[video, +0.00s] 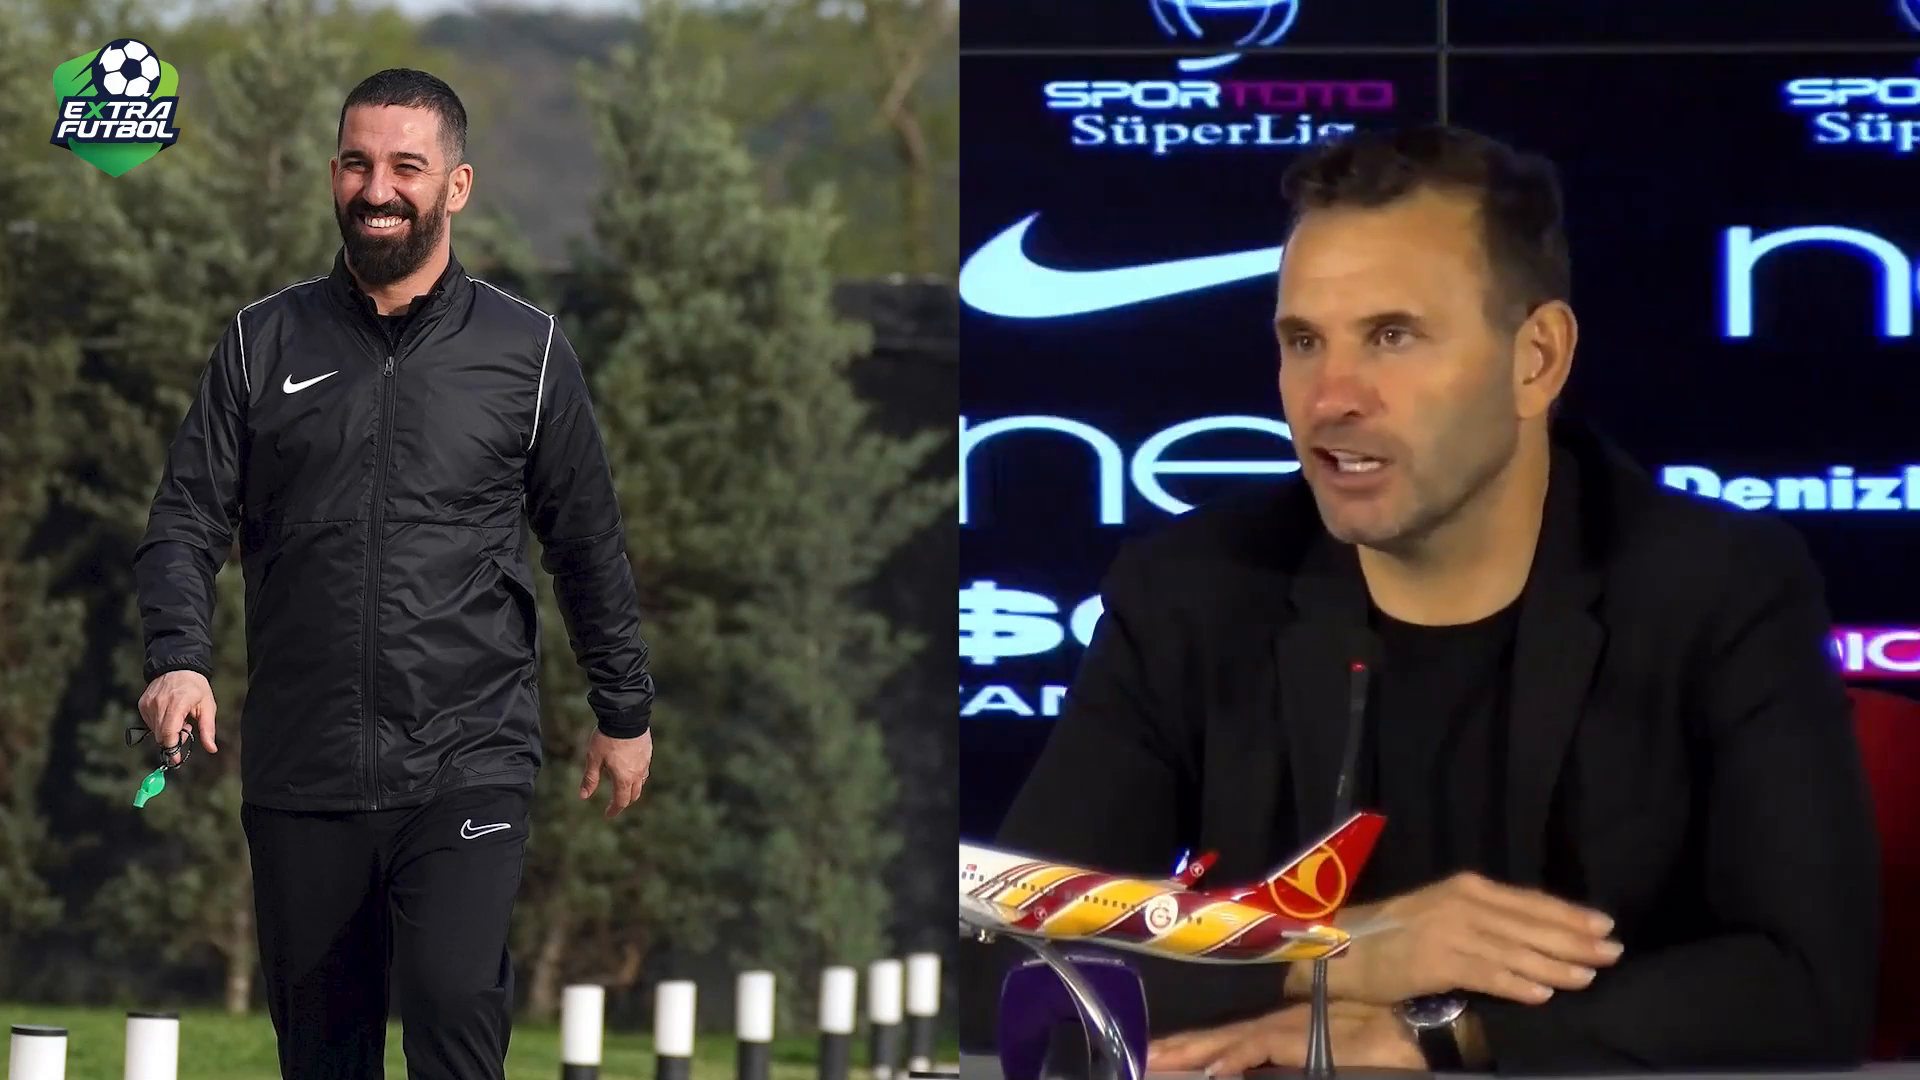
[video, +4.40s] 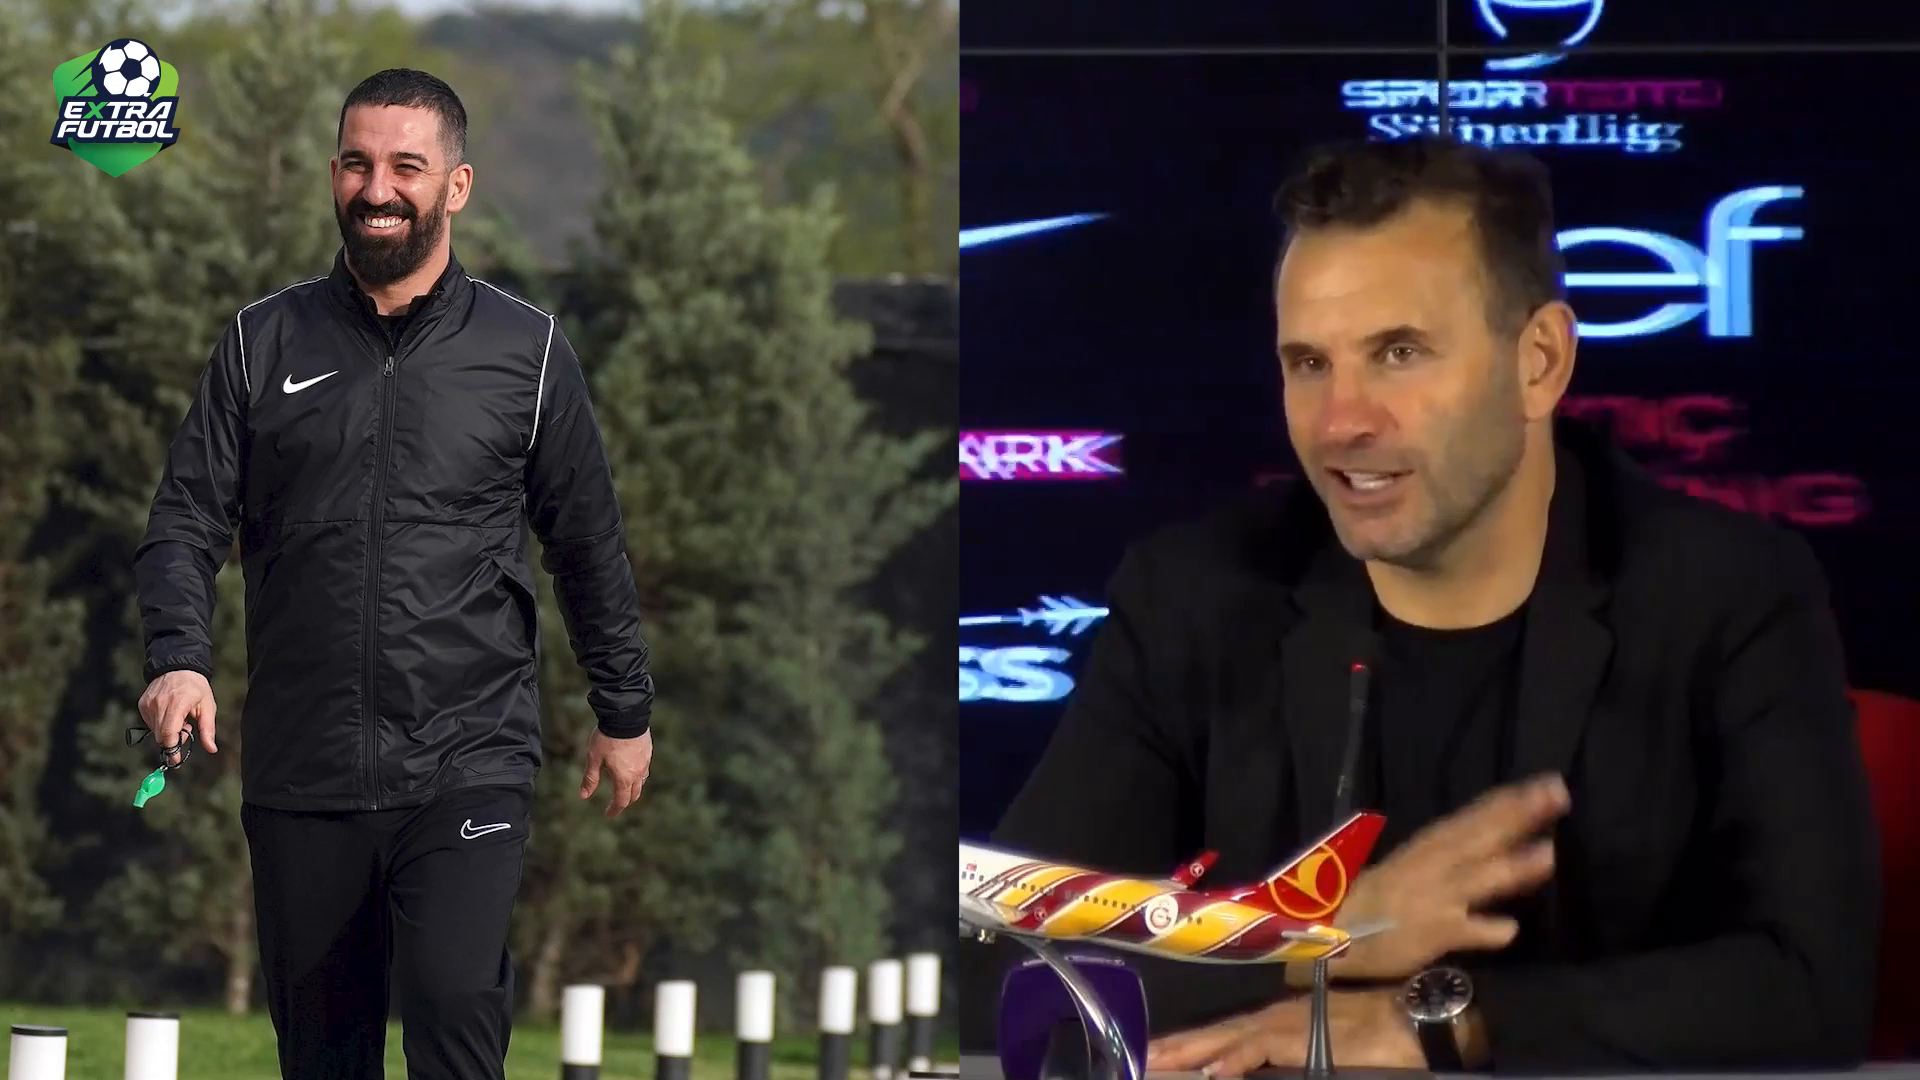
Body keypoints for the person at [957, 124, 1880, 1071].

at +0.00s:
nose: (1327, 396)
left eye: (1391, 337)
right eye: (1302, 341)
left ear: (1537, 361)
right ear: (1276, 350)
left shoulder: (1724, 596)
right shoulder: (1191, 592)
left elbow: (1808, 991)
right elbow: (1018, 956)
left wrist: (1441, 1036)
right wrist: (1333, 957)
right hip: (1252, 1076)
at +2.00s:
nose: (1321, 400)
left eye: (1388, 343)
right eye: (1303, 343)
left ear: (1541, 367)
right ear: (1280, 351)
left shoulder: (1737, 599)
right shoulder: (1199, 588)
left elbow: (1807, 992)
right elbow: (1027, 959)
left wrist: (1439, 1026)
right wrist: (1309, 963)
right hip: (1247, 1075)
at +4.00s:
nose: (1329, 406)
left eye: (1392, 346)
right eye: (1301, 352)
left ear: (1535, 361)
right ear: (1272, 362)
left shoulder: (1727, 596)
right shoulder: (1184, 593)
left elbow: (1808, 990)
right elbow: (1027, 954)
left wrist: (1426, 1033)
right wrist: (1326, 963)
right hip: (1245, 1076)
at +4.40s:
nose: (1337, 421)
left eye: (1397, 355)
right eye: (1307, 365)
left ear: (1540, 362)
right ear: (1279, 376)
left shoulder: (1733, 601)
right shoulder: (1195, 597)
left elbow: (1807, 994)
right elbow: (1021, 957)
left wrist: (1440, 1022)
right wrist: (1309, 940)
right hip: (1252, 1079)